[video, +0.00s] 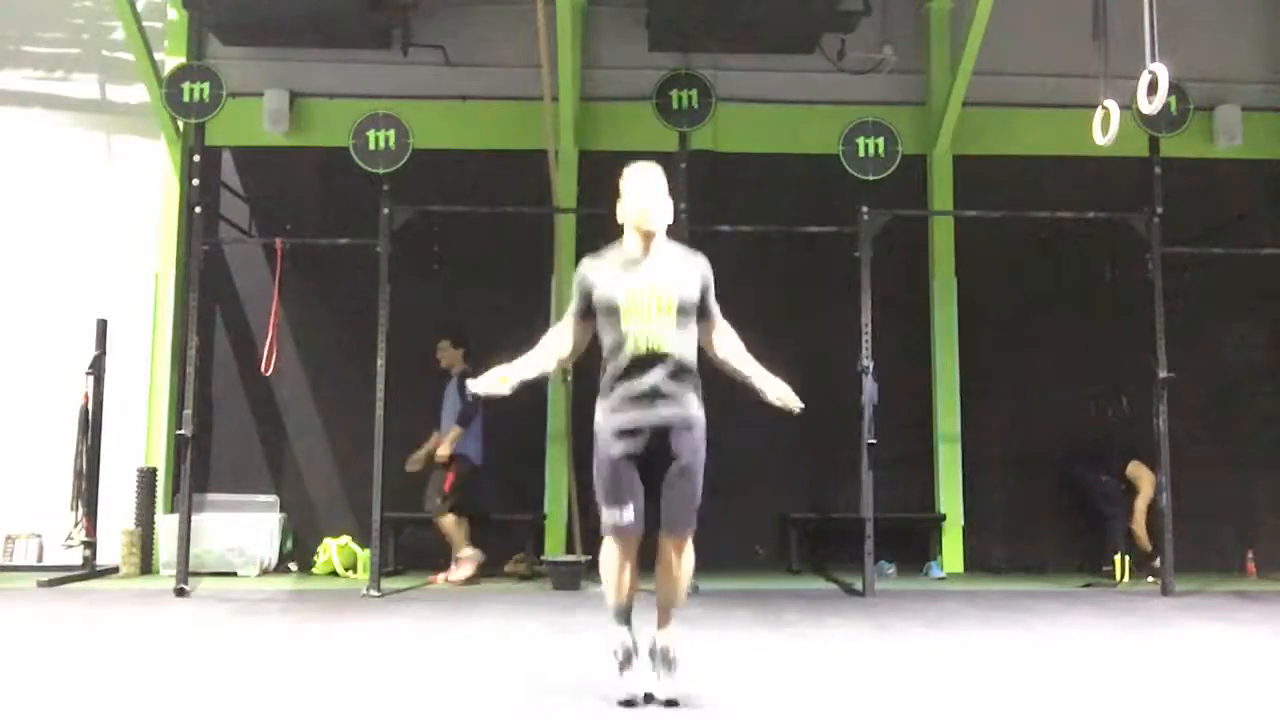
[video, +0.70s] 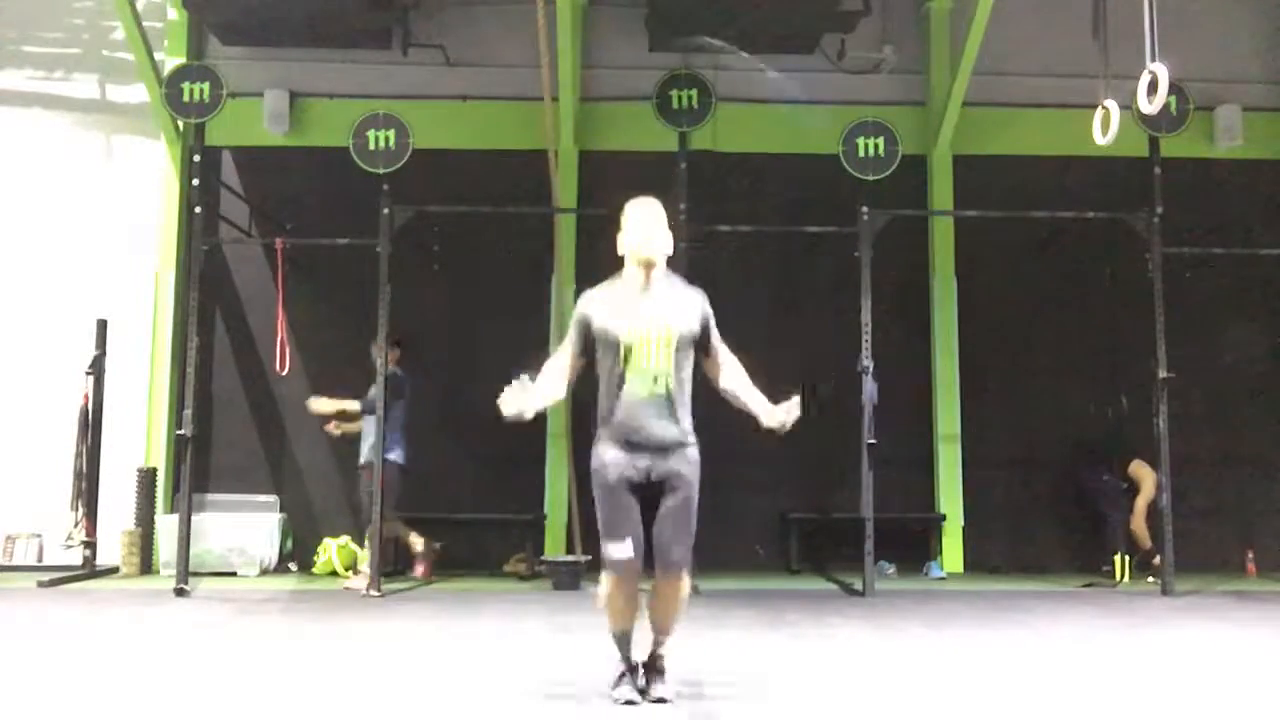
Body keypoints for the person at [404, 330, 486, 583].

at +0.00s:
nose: (438, 355)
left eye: (443, 350)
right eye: (438, 350)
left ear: (459, 351)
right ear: (449, 353)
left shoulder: (467, 378)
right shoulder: (452, 383)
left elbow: (468, 412)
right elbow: (444, 426)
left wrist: (448, 442)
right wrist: (424, 451)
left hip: (464, 452)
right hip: (453, 452)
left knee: (437, 502)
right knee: (454, 506)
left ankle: (465, 552)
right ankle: (459, 562)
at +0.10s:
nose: (430, 355)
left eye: (435, 349)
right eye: (430, 350)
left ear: (451, 352)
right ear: (439, 354)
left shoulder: (459, 379)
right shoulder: (441, 385)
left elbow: (462, 414)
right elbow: (431, 426)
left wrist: (440, 444)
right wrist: (407, 448)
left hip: (455, 454)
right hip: (447, 455)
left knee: (430, 510)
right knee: (454, 512)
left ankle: (434, 564)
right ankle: (457, 564)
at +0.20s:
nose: (421, 355)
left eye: (426, 350)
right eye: (421, 350)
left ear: (442, 352)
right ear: (429, 354)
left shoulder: (451, 381)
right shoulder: (430, 387)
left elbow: (453, 417)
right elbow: (421, 423)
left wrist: (435, 445)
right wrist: (396, 443)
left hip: (450, 455)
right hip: (432, 455)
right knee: (451, 511)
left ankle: (402, 564)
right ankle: (456, 565)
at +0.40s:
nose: (403, 354)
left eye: (409, 350)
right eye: (403, 350)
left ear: (424, 355)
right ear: (409, 356)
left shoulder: (429, 383)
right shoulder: (411, 388)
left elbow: (431, 418)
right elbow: (404, 424)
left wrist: (408, 446)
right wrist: (374, 435)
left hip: (422, 459)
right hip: (421, 459)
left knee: (396, 515)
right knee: (438, 514)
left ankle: (374, 569)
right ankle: (456, 564)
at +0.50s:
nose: (392, 354)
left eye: (398, 349)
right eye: (393, 349)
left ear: (414, 355)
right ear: (395, 355)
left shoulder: (416, 383)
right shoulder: (400, 385)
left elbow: (409, 425)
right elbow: (392, 425)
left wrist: (380, 443)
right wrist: (364, 430)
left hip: (409, 459)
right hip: (401, 459)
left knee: (390, 516)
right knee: (423, 513)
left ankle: (369, 572)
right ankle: (452, 561)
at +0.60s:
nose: (386, 352)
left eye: (391, 347)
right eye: (386, 347)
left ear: (404, 354)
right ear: (391, 353)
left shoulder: (403, 379)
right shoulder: (392, 379)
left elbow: (394, 412)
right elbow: (385, 415)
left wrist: (359, 426)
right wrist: (355, 427)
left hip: (396, 454)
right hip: (387, 453)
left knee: (391, 511)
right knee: (387, 512)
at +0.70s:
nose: (379, 355)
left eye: (385, 350)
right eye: (377, 350)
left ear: (396, 353)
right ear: (375, 353)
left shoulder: (393, 379)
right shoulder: (385, 381)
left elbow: (369, 406)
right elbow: (374, 422)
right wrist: (344, 428)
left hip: (384, 457)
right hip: (374, 456)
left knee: (377, 514)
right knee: (375, 514)